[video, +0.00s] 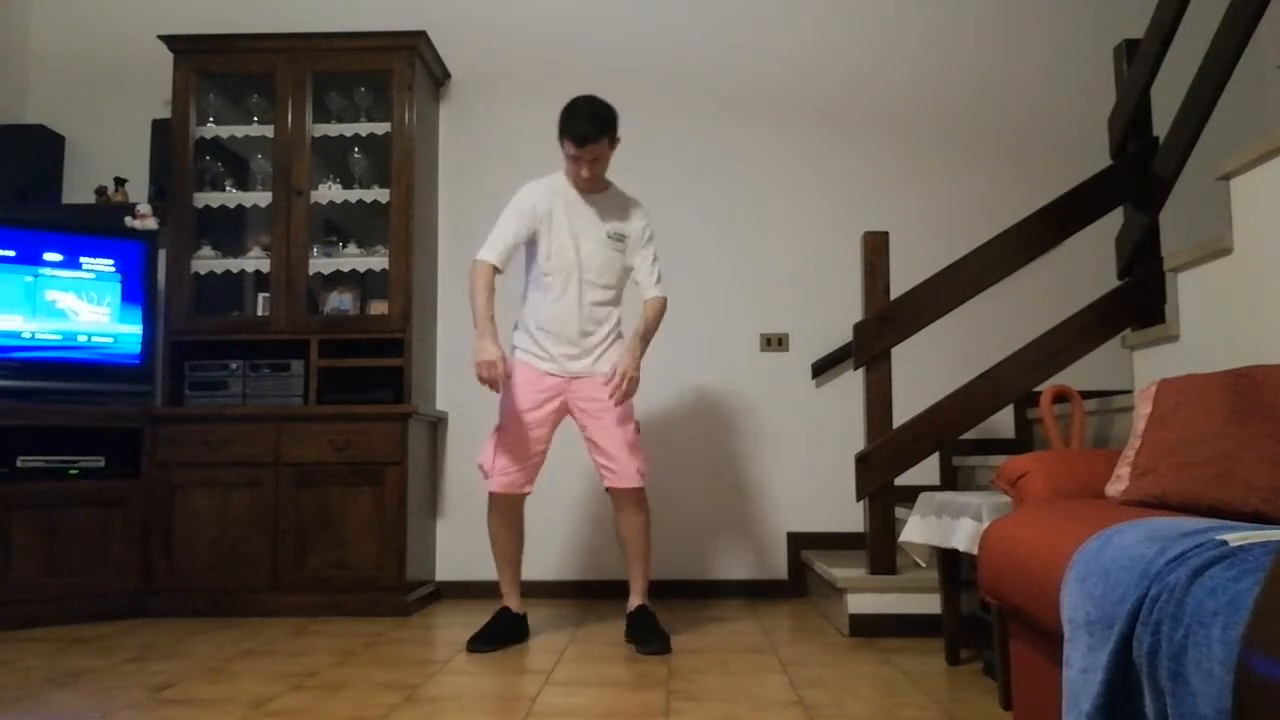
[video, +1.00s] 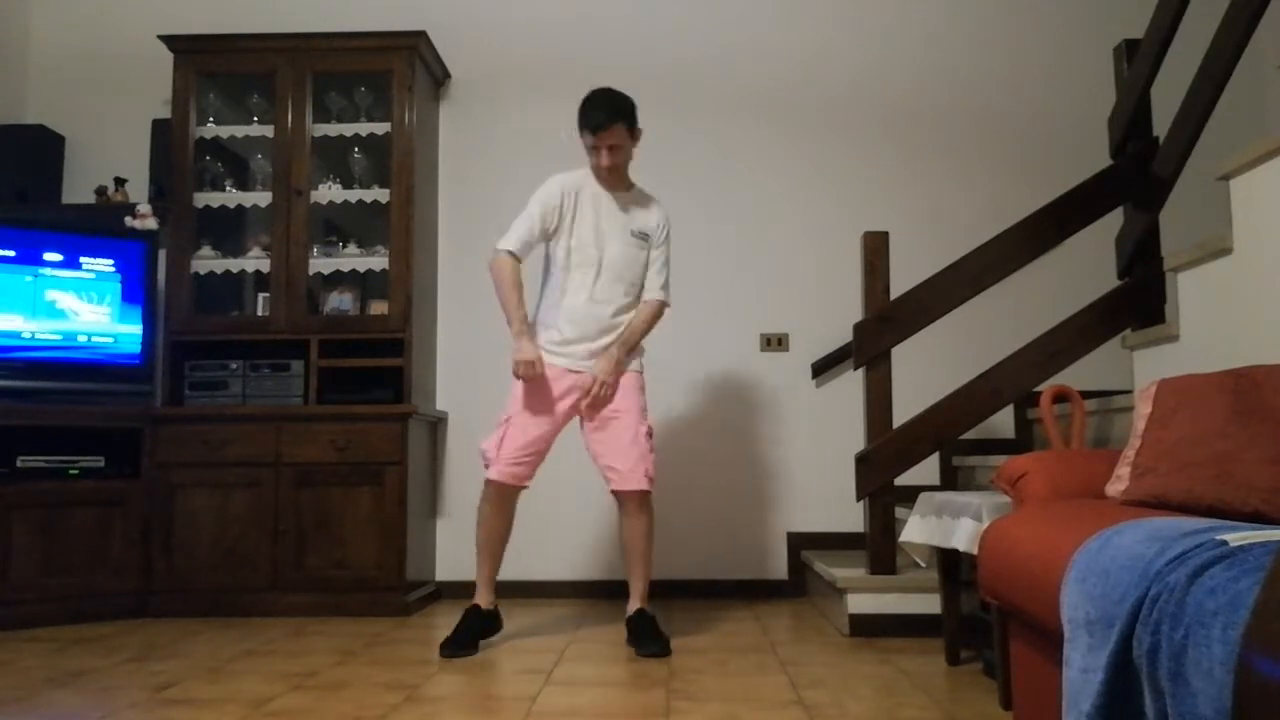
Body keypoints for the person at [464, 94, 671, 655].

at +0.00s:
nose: (585, 171)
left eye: (596, 159)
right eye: (575, 159)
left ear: (615, 146)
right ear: (560, 146)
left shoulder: (631, 214)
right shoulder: (535, 199)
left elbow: (654, 297)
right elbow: (483, 266)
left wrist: (635, 346)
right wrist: (485, 339)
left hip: (603, 369)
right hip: (533, 366)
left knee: (629, 483)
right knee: (504, 483)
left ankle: (639, 607)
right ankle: (511, 610)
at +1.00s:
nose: (604, 154)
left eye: (613, 142)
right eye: (594, 143)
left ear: (635, 137)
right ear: (583, 141)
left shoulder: (651, 214)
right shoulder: (561, 191)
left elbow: (655, 299)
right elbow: (504, 257)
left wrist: (615, 356)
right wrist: (522, 337)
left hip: (617, 371)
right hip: (547, 367)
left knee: (635, 489)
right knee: (501, 478)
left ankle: (638, 610)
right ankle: (483, 604)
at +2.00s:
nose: (590, 117)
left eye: (601, 108)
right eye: (580, 109)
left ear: (622, 117)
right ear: (570, 120)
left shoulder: (639, 195)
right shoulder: (547, 186)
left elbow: (668, 271)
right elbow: (477, 242)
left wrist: (662, 314)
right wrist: (450, 298)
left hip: (614, 363)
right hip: (542, 358)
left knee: (634, 482)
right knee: (495, 469)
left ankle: (638, 609)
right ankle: (492, 603)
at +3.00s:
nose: (563, 124)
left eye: (570, 113)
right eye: (552, 121)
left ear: (592, 116)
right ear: (544, 133)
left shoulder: (628, 175)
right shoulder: (540, 202)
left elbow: (670, 257)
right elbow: (493, 278)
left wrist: (630, 321)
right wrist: (497, 331)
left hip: (611, 366)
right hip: (541, 367)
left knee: (631, 486)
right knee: (499, 476)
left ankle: (640, 610)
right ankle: (508, 598)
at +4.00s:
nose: (526, 130)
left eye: (539, 119)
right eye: (517, 120)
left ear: (563, 126)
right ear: (508, 127)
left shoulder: (596, 179)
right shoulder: (508, 211)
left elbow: (662, 234)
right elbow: (492, 298)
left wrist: (641, 289)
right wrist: (509, 338)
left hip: (605, 369)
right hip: (536, 374)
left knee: (630, 484)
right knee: (508, 489)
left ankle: (638, 612)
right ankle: (513, 614)